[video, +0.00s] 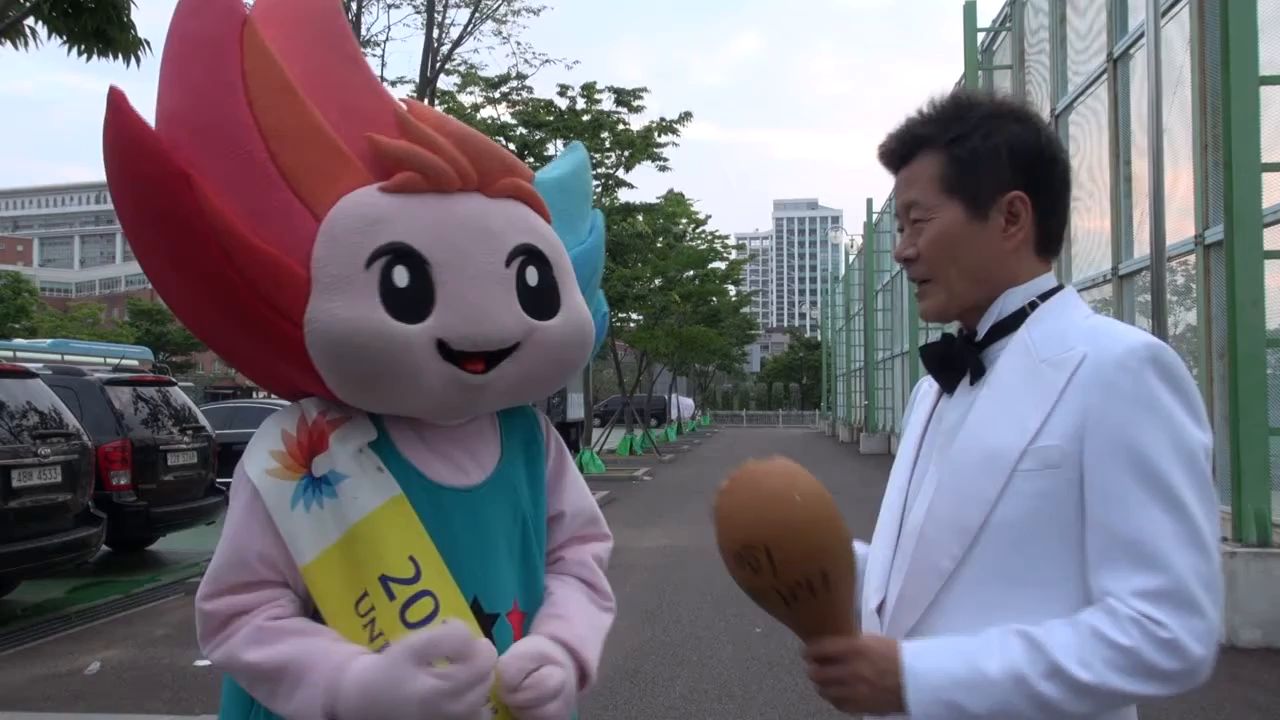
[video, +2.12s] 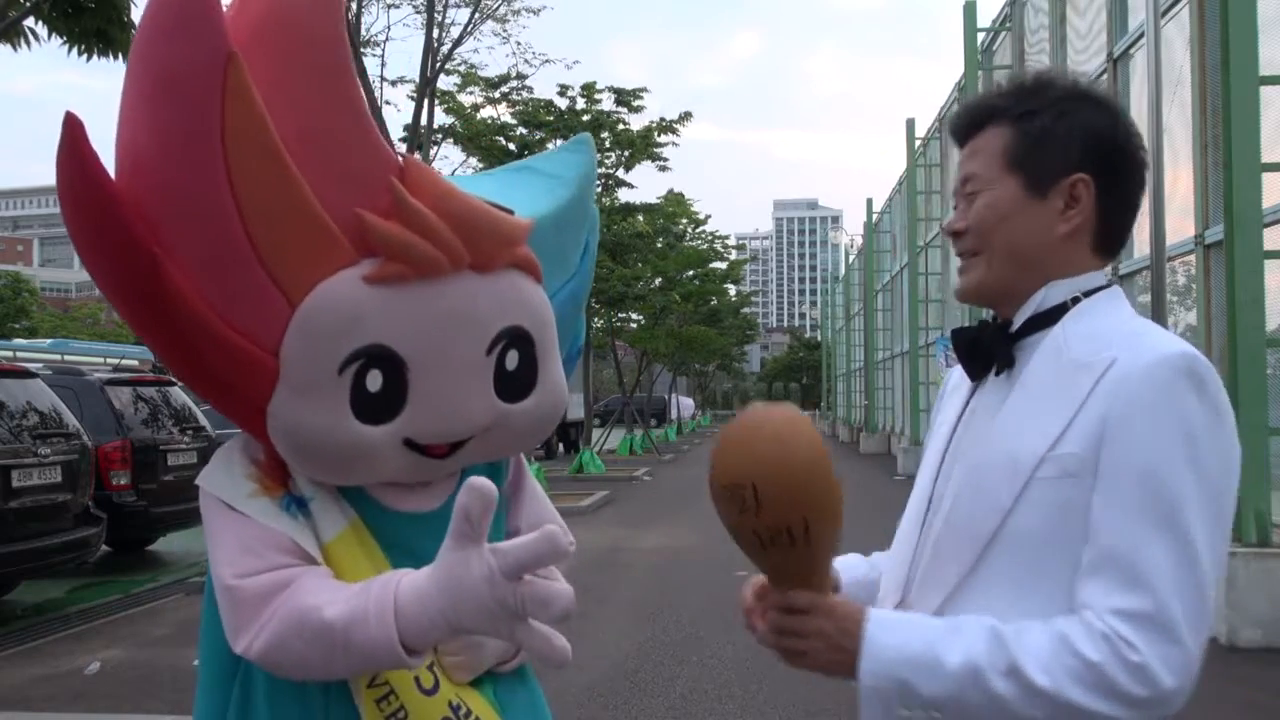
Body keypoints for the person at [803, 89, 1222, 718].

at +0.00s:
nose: (900, 252)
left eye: (917, 220)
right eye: (900, 226)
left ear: (1011, 218)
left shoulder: (1121, 368)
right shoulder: (939, 385)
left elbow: (1170, 633)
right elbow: (920, 576)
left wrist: (915, 679)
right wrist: (815, 566)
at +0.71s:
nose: (926, 245)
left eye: (944, 214)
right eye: (929, 218)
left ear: (1037, 214)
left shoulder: (1145, 370)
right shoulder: (983, 375)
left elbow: (1195, 655)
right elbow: (936, 583)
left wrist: (932, 688)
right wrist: (780, 523)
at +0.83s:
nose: (926, 249)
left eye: (940, 219)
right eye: (927, 224)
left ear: (1034, 215)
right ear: (1032, 217)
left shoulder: (1146, 370)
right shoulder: (993, 375)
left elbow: (1195, 657)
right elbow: (912, 557)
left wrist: (927, 691)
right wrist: (792, 443)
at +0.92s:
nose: (923, 254)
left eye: (935, 220)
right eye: (923, 226)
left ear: (1030, 215)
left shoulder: (1145, 371)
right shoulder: (991, 373)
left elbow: (1194, 661)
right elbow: (891, 536)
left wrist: (923, 691)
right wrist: (819, 394)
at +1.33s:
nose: (920, 266)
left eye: (931, 231)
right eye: (918, 236)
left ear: (1025, 220)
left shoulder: (1156, 381)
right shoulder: (977, 375)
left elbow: (1204, 673)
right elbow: (897, 546)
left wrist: (930, 693)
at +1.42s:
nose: (920, 275)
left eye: (931, 240)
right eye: (917, 246)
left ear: (1025, 223)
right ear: (1013, 228)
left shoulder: (1161, 384)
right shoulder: (979, 382)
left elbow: (1210, 675)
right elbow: (879, 540)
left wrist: (935, 693)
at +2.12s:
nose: (948, 226)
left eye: (970, 194)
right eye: (955, 201)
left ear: (1070, 202)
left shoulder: (1154, 375)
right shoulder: (974, 371)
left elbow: (1142, 662)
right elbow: (931, 567)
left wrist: (870, 645)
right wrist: (820, 585)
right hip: (897, 707)